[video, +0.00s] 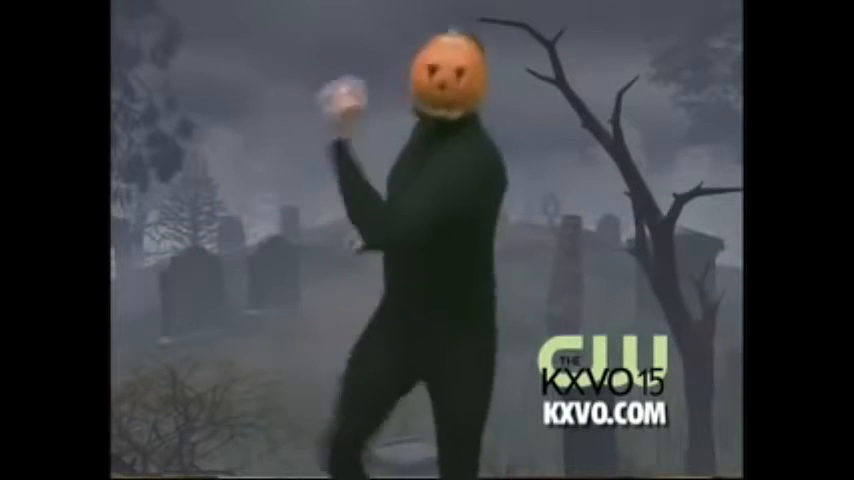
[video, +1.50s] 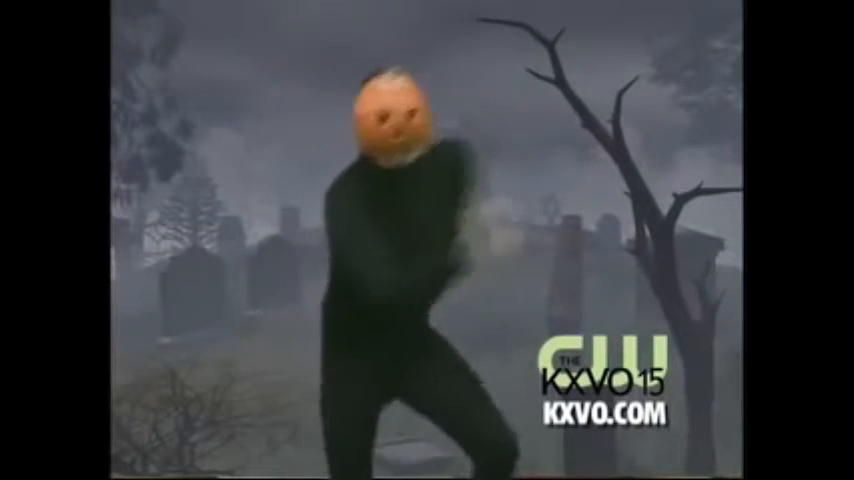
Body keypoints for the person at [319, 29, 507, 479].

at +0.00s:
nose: (443, 79)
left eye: (459, 72)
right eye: (432, 68)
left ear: (478, 87)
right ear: (415, 78)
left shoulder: (476, 158)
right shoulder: (422, 141)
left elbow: (386, 230)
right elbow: (429, 232)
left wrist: (340, 142)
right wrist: (379, 237)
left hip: (460, 335)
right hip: (400, 325)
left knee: (458, 469)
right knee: (342, 450)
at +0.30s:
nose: (432, 128)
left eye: (448, 121)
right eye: (420, 116)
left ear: (466, 135)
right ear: (402, 125)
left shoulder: (473, 207)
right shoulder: (388, 184)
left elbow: (423, 278)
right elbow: (380, 270)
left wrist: (355, 222)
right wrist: (346, 225)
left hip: (459, 363)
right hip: (391, 355)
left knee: (466, 471)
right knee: (314, 434)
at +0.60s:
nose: (393, 73)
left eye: (407, 65)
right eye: (379, 64)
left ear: (423, 79)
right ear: (359, 78)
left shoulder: (444, 152)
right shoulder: (324, 148)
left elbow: (451, 250)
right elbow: (258, 215)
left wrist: (446, 344)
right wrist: (282, 291)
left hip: (405, 338)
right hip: (334, 338)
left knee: (421, 466)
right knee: (322, 467)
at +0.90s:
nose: (345, 128)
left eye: (356, 115)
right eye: (329, 118)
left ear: (374, 123)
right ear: (308, 129)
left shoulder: (376, 182)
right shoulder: (300, 203)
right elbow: (367, 282)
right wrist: (422, 196)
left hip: (368, 342)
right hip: (310, 362)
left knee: (481, 367)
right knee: (308, 471)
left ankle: (407, 467)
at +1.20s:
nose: (314, 71)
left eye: (323, 59)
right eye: (298, 64)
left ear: (341, 70)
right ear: (280, 84)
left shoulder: (359, 133)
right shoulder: (292, 152)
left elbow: (378, 221)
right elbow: (386, 201)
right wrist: (485, 144)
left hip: (397, 318)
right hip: (338, 331)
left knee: (456, 443)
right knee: (342, 464)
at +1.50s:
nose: (398, 128)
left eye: (411, 114)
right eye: (382, 117)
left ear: (428, 119)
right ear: (361, 128)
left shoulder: (449, 164)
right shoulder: (348, 194)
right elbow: (384, 294)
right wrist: (458, 258)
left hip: (414, 347)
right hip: (352, 358)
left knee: (497, 449)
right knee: (350, 472)